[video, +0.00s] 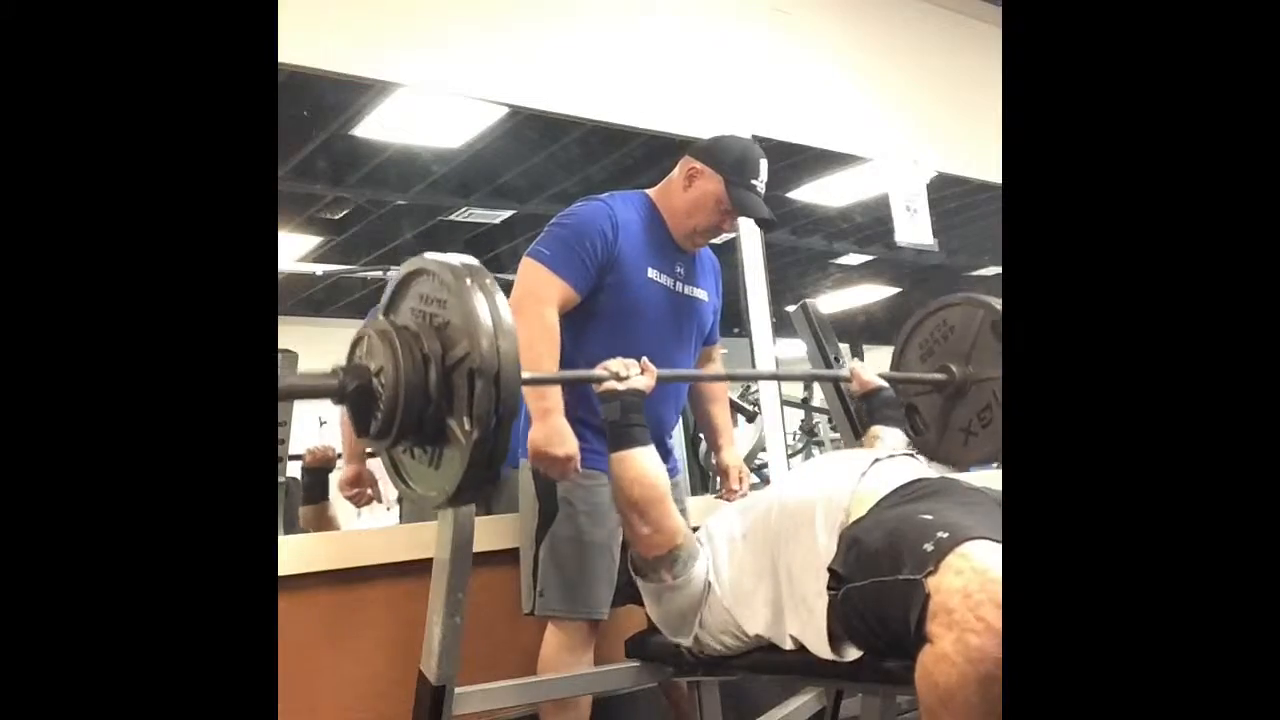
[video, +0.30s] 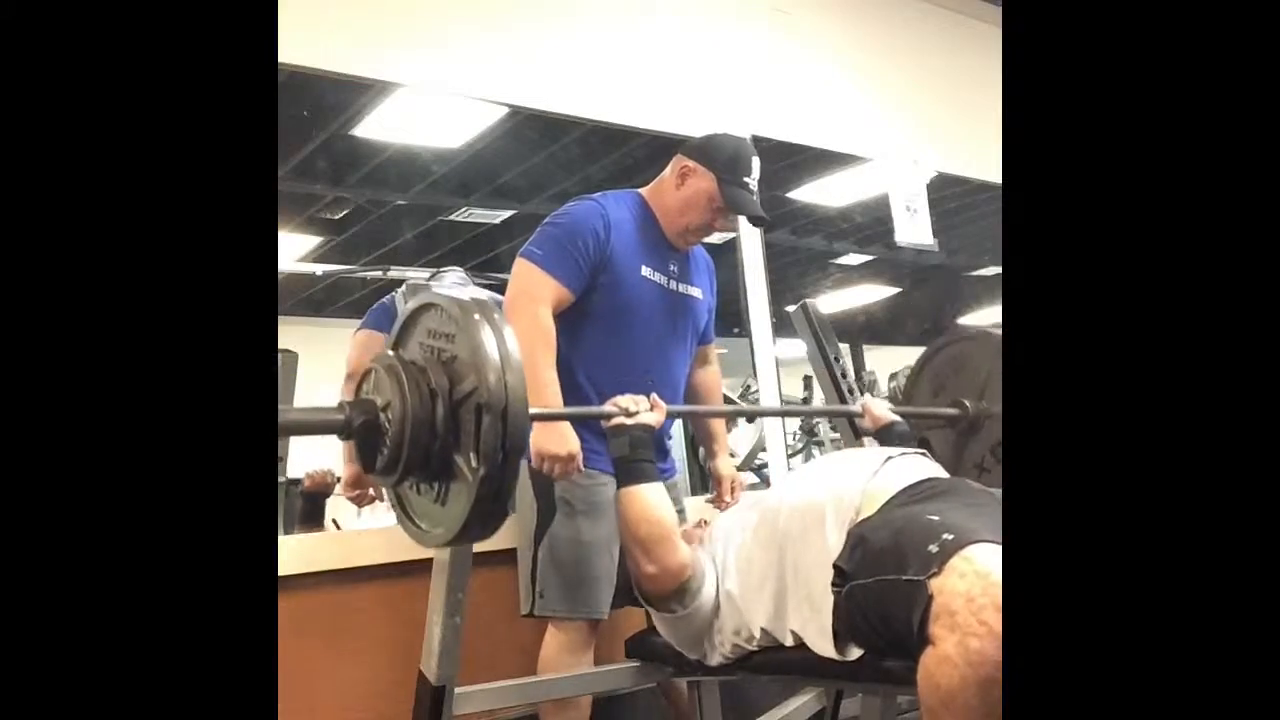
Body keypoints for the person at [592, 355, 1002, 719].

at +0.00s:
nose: (722, 491)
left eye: (720, 491)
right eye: (701, 497)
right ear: (684, 533)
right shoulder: (695, 593)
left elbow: (891, 459)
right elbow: (647, 517)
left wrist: (878, 399)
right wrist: (625, 411)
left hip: (974, 482)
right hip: (882, 515)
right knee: (985, 599)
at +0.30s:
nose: (689, 525)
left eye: (685, 517)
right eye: (674, 533)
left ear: (702, 511)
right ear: (660, 570)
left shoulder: (773, 507)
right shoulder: (699, 607)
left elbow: (907, 472)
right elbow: (658, 558)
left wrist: (883, 428)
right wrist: (634, 441)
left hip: (955, 491)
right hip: (873, 530)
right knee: (985, 594)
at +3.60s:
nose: (692, 491)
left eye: (688, 487)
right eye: (677, 498)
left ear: (707, 491)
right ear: (678, 539)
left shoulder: (767, 503)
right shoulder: (703, 581)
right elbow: (686, 659)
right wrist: (661, 537)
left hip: (950, 487)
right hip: (872, 529)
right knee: (979, 608)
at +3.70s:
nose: (692, 495)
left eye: (689, 490)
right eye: (678, 501)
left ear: (709, 494)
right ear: (681, 538)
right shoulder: (703, 581)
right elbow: (685, 657)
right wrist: (661, 534)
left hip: (952, 487)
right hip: (876, 525)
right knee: (981, 606)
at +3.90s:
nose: (686, 512)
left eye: (687, 505)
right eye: (672, 517)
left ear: (704, 506)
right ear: (667, 545)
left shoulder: (770, 501)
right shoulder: (706, 606)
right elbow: (667, 605)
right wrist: (645, 485)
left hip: (947, 494)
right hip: (871, 529)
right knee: (979, 610)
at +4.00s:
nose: (680, 506)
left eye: (676, 502)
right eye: (664, 517)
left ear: (693, 504)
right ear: (652, 559)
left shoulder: (761, 500)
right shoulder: (693, 609)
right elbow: (658, 578)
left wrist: (890, 440)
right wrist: (636, 456)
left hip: (951, 490)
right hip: (870, 530)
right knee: (976, 596)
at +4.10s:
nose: (686, 514)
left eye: (685, 508)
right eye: (673, 520)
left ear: (701, 506)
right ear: (661, 549)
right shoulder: (691, 597)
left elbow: (898, 488)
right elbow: (652, 547)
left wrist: (883, 429)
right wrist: (631, 426)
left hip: (953, 499)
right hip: (866, 530)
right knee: (978, 597)